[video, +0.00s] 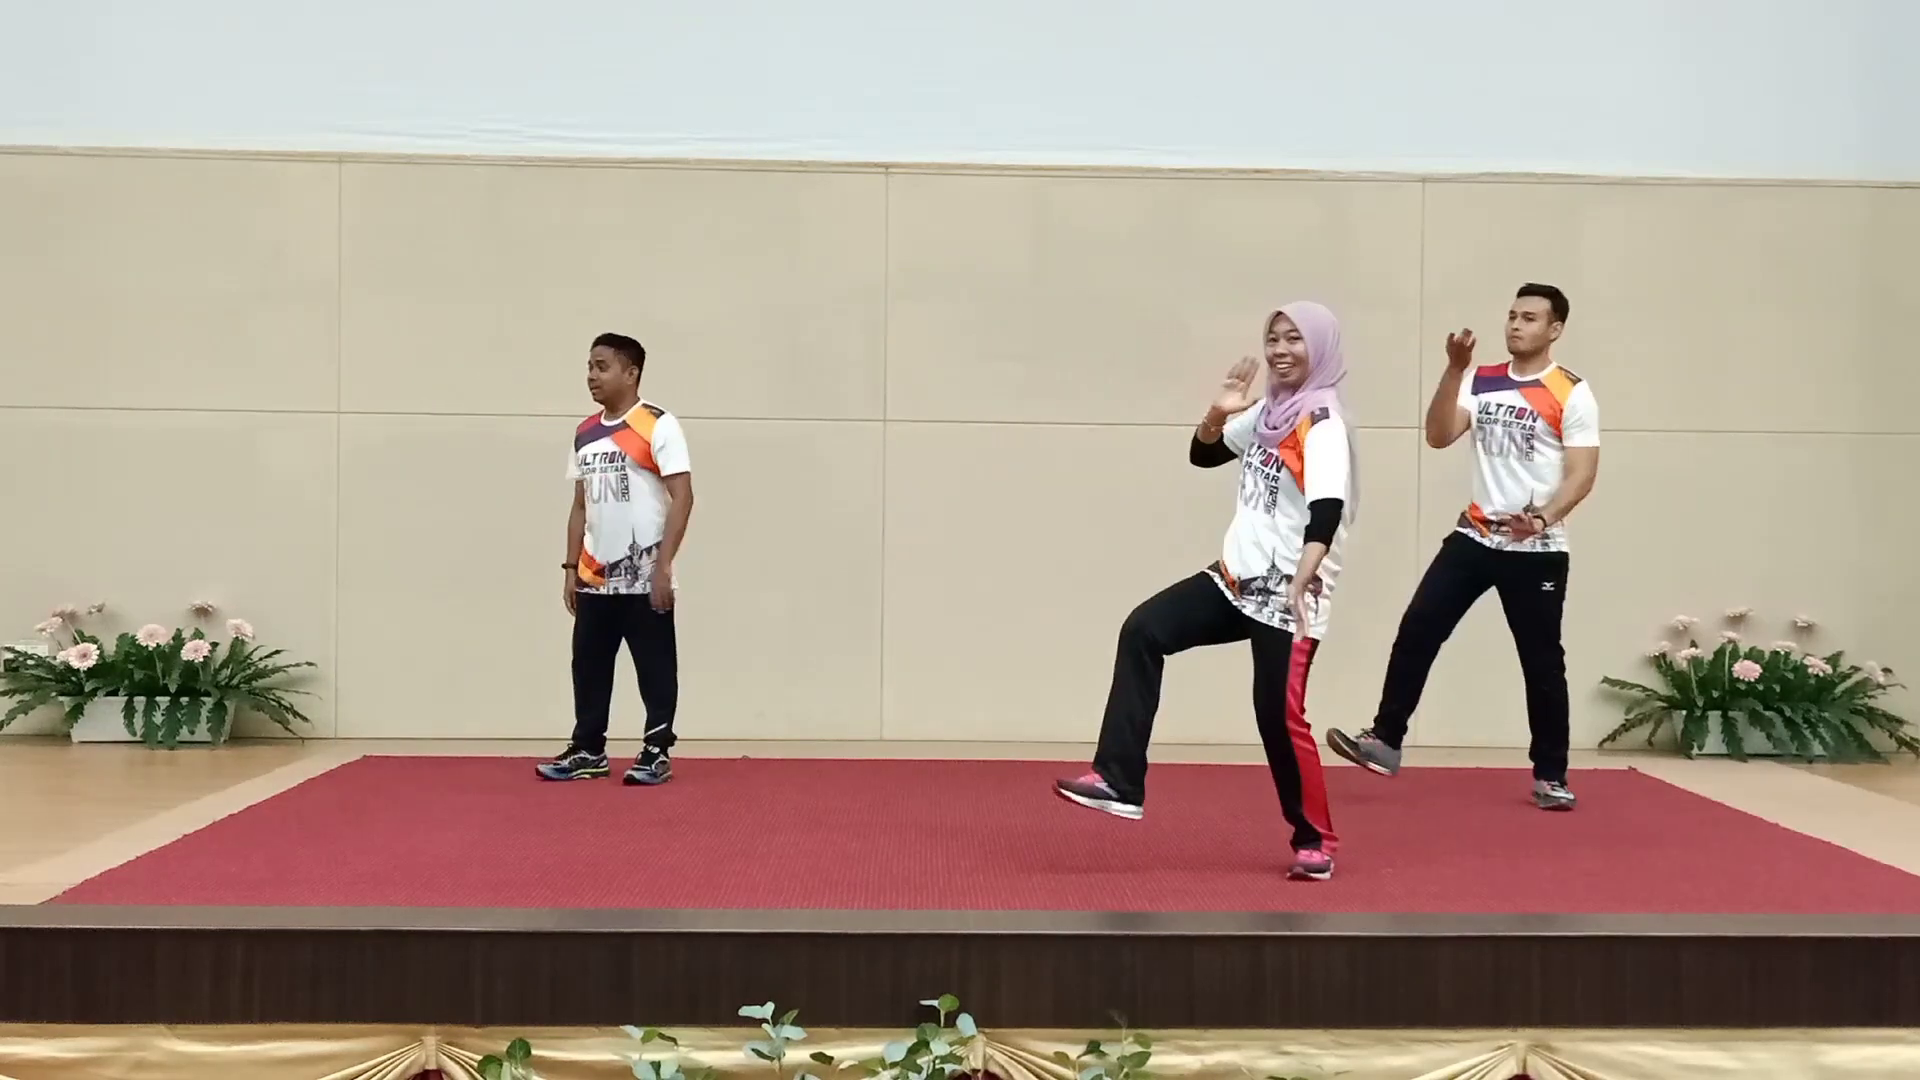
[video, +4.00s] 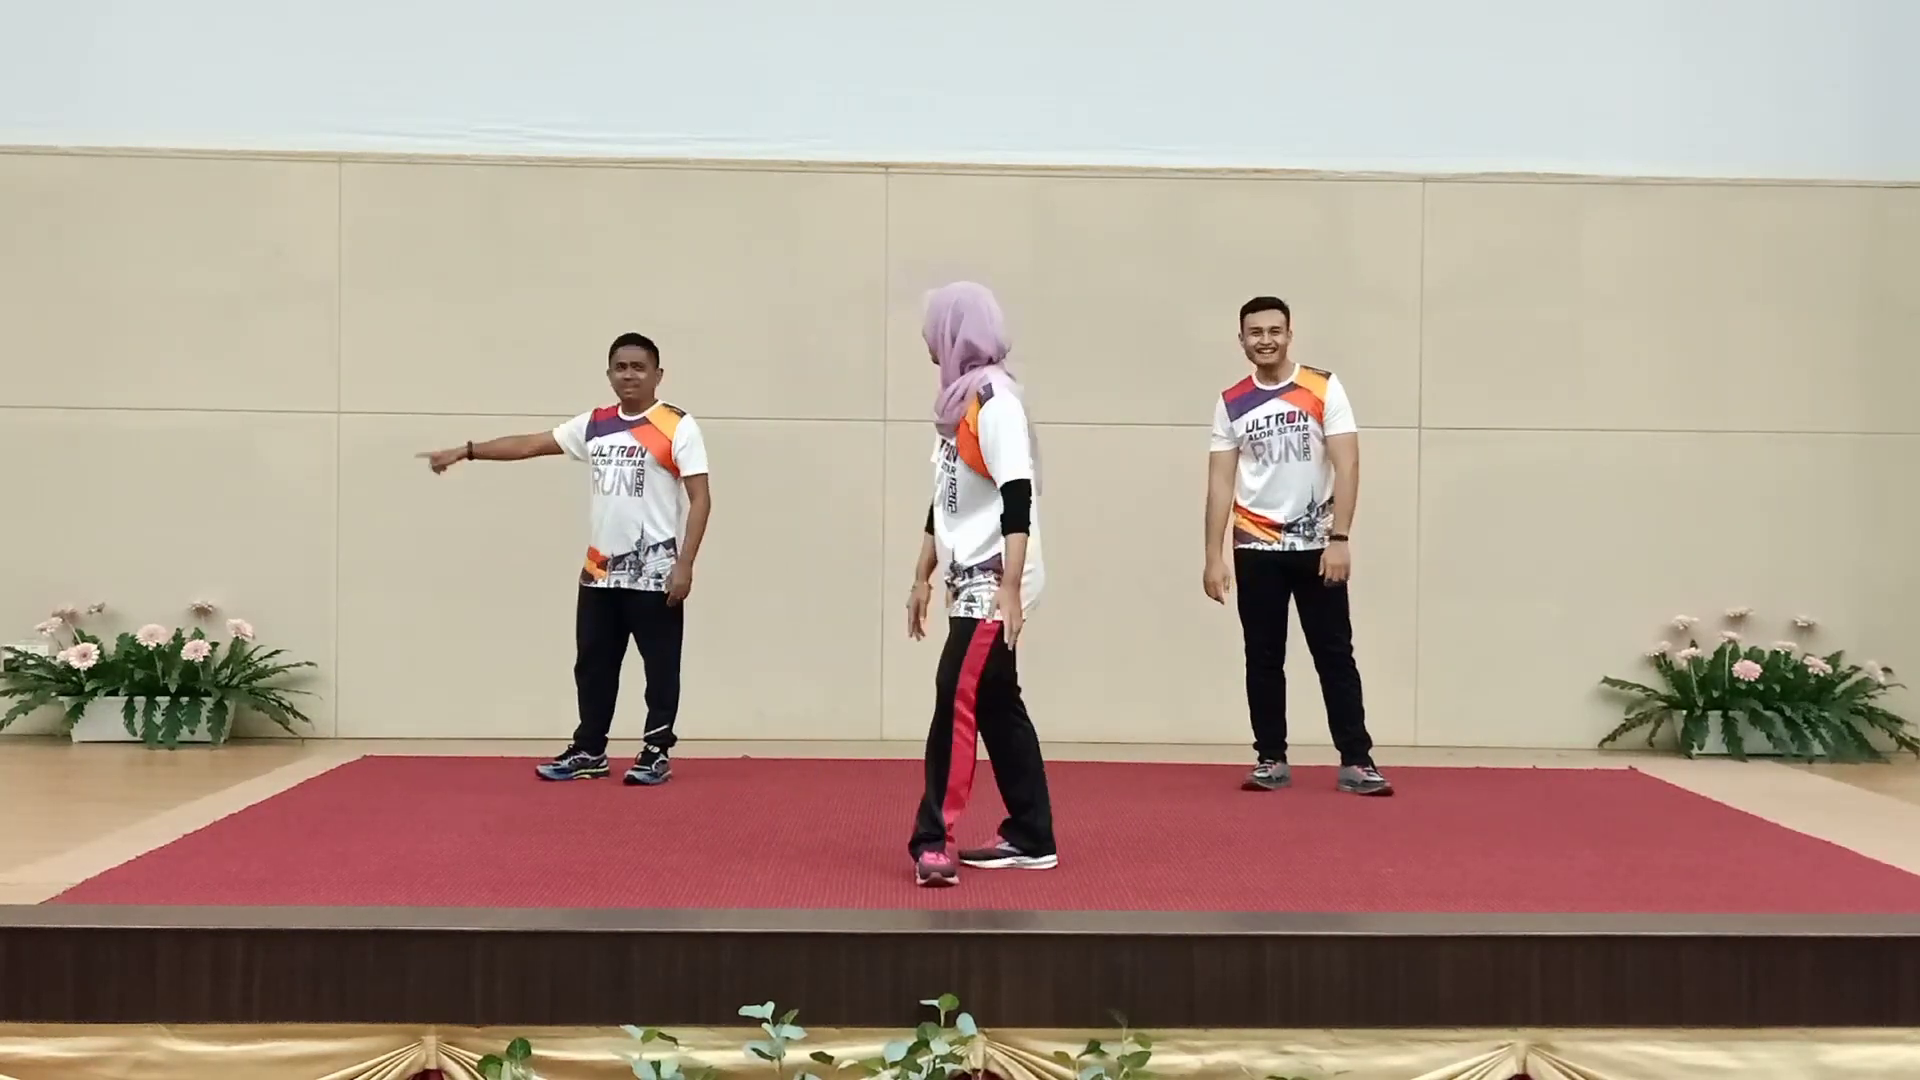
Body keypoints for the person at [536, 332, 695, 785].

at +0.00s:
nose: (590, 375)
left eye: (600, 366)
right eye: (589, 367)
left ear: (631, 372)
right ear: (595, 373)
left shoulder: (660, 426)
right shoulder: (587, 432)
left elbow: (682, 498)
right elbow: (581, 505)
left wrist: (663, 567)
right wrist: (571, 567)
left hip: (646, 578)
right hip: (596, 578)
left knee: (656, 670)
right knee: (589, 668)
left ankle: (656, 753)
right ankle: (588, 751)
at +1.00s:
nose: (632, 373)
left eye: (641, 366)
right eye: (622, 365)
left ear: (653, 373)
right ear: (604, 374)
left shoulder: (671, 427)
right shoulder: (584, 430)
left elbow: (691, 499)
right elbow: (571, 502)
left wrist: (683, 566)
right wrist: (557, 563)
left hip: (652, 575)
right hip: (596, 575)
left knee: (657, 670)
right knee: (593, 668)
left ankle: (656, 754)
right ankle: (589, 752)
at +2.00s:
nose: (657, 375)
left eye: (658, 367)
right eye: (647, 368)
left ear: (654, 373)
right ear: (616, 373)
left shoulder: (673, 431)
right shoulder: (577, 424)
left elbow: (684, 504)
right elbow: (560, 498)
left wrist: (687, 565)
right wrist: (567, 559)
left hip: (656, 570)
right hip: (596, 570)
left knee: (658, 666)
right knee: (592, 667)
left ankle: (658, 753)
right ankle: (588, 752)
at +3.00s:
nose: (631, 382)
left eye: (638, 375)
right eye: (621, 375)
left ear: (646, 382)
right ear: (599, 381)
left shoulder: (670, 438)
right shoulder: (573, 439)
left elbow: (684, 511)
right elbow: (559, 515)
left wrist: (666, 574)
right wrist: (566, 578)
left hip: (649, 573)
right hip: (591, 574)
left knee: (656, 665)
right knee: (585, 666)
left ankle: (656, 753)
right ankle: (588, 752)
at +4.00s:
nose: (627, 374)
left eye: (637, 366)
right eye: (619, 366)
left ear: (657, 374)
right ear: (610, 374)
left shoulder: (678, 427)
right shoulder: (593, 425)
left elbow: (700, 499)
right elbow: (530, 445)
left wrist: (685, 564)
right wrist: (464, 451)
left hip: (656, 574)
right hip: (601, 572)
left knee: (661, 670)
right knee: (593, 666)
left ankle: (656, 755)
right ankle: (589, 752)